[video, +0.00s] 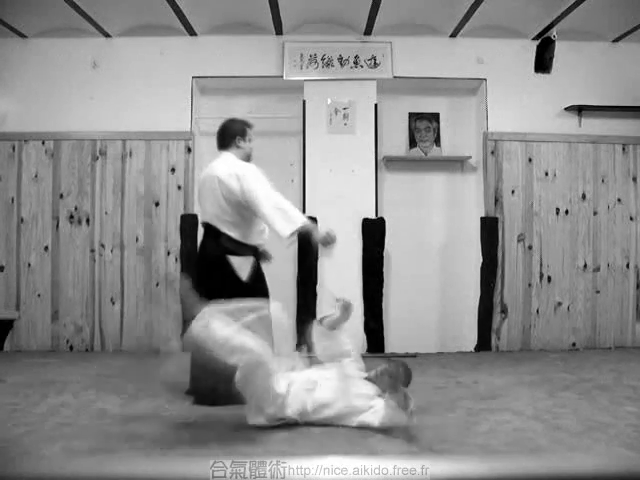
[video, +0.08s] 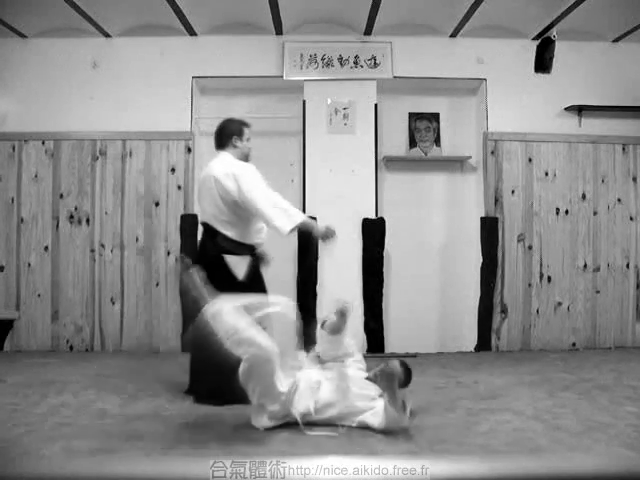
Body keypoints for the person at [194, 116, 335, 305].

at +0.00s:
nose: (253, 146)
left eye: (252, 140)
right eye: (250, 140)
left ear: (222, 143)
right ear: (239, 141)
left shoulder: (209, 171)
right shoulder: (243, 171)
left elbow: (218, 222)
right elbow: (273, 204)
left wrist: (254, 247)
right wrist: (314, 231)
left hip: (209, 257)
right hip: (239, 259)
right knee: (256, 325)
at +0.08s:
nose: (251, 146)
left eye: (250, 140)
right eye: (248, 140)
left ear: (225, 142)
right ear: (235, 141)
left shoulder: (209, 169)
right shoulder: (239, 171)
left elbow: (221, 217)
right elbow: (269, 203)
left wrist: (253, 247)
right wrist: (312, 226)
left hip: (211, 251)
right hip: (236, 255)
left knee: (217, 316)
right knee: (254, 318)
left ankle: (210, 383)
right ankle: (251, 383)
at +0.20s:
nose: (247, 146)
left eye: (246, 140)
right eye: (243, 141)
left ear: (223, 143)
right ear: (229, 143)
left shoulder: (211, 167)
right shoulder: (230, 171)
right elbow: (257, 203)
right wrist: (297, 223)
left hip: (213, 250)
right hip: (231, 255)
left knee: (215, 316)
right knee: (249, 315)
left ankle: (208, 383)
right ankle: (236, 385)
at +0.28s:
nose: (244, 146)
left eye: (243, 141)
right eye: (240, 141)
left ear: (222, 144)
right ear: (225, 144)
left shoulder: (217, 168)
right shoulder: (222, 172)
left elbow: (253, 202)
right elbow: (249, 204)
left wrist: (281, 224)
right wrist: (286, 228)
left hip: (219, 252)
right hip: (227, 256)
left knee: (218, 318)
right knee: (250, 316)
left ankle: (210, 383)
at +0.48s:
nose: (242, 148)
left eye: (241, 143)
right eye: (237, 143)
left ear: (219, 147)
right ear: (221, 146)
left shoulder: (203, 172)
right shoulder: (227, 176)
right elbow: (241, 219)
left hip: (203, 248)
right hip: (226, 252)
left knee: (208, 312)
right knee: (243, 313)